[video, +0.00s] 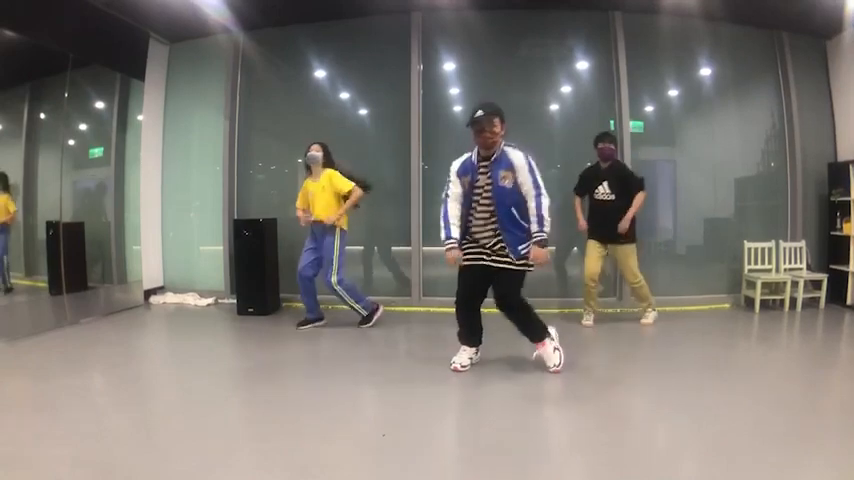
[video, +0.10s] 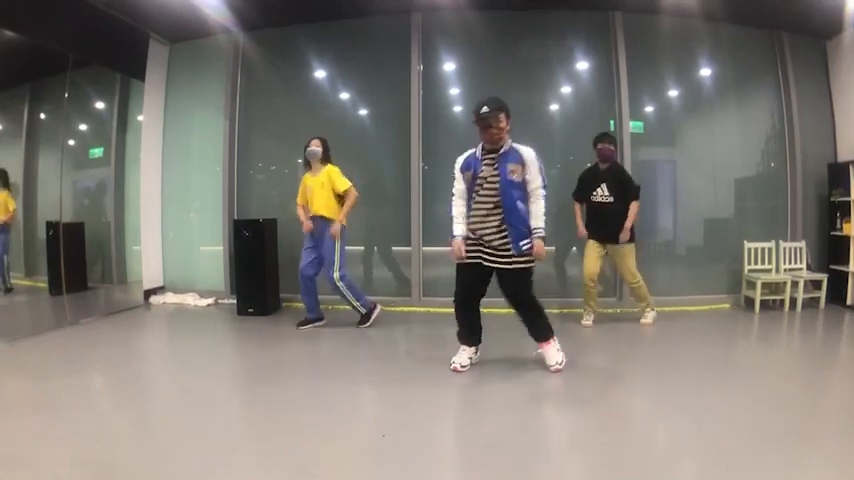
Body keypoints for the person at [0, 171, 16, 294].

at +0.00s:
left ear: (2, 183)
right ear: (6, 183)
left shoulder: (6, 197)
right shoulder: (5, 197)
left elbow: (13, 211)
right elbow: (13, 211)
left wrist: (5, 220)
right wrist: (6, 220)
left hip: (3, 227)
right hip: (3, 227)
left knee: (3, 255)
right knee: (3, 255)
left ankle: (6, 283)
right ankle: (6, 283)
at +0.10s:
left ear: (1, 179)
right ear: (7, 179)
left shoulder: (5, 193)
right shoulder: (5, 194)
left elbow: (12, 208)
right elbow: (12, 208)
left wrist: (6, 219)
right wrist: (6, 219)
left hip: (3, 226)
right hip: (4, 226)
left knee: (4, 255)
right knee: (4, 254)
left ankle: (6, 283)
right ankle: (6, 283)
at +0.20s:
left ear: (2, 173)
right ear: (6, 173)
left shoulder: (4, 188)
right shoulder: (5, 188)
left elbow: (9, 205)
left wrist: (4, 226)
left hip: (3, 222)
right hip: (3, 222)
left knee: (4, 253)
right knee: (4, 253)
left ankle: (7, 282)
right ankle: (7, 281)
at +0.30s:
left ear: (2, 172)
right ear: (6, 172)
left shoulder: (4, 186)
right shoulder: (5, 186)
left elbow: (9, 204)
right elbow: (9, 204)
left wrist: (5, 220)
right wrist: (6, 219)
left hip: (3, 221)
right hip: (4, 220)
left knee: (4, 250)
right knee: (4, 250)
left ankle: (9, 281)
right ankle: (7, 280)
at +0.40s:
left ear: (1, 174)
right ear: (5, 173)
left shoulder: (3, 186)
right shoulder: (7, 186)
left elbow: (7, 200)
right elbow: (10, 201)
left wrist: (4, 211)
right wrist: (7, 210)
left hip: (3, 221)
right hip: (5, 221)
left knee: (2, 254)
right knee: (2, 254)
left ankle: (8, 281)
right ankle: (7, 281)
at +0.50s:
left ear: (1, 180)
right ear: (5, 180)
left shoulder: (4, 194)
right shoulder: (9, 194)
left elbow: (9, 213)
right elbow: (11, 213)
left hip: (3, 225)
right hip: (6, 226)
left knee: (2, 255)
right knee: (2, 256)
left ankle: (3, 280)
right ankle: (3, 279)